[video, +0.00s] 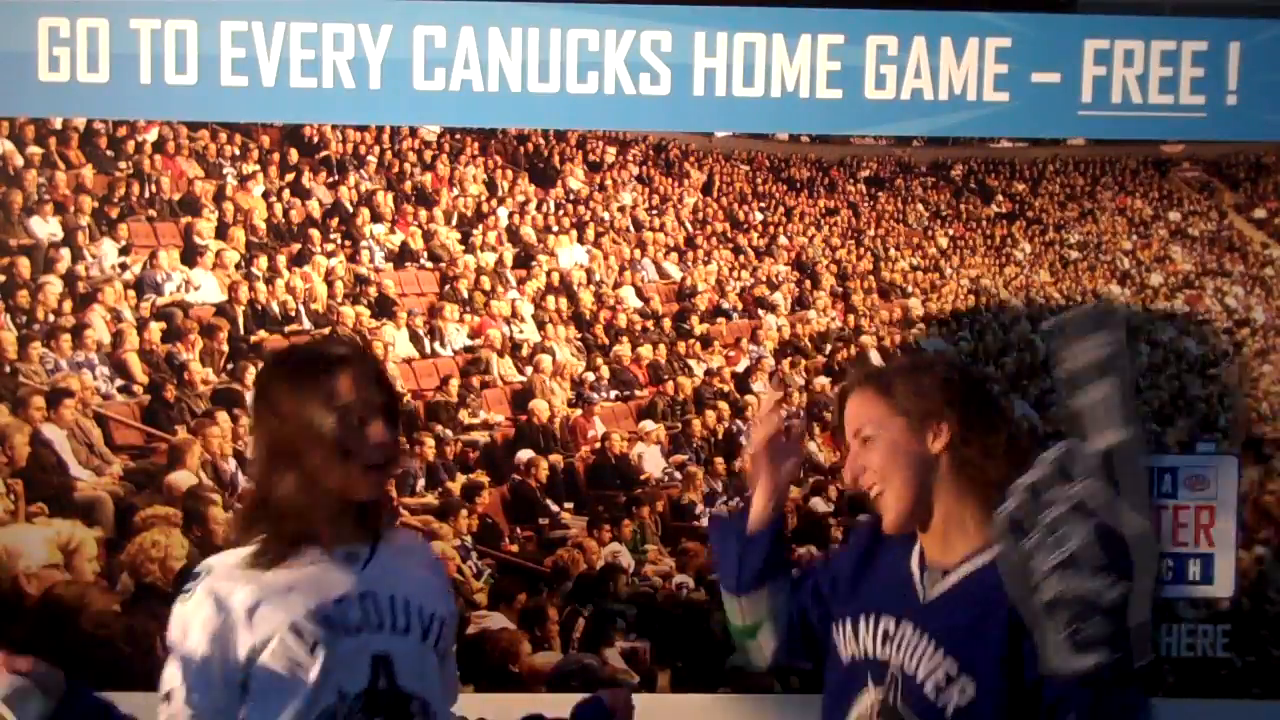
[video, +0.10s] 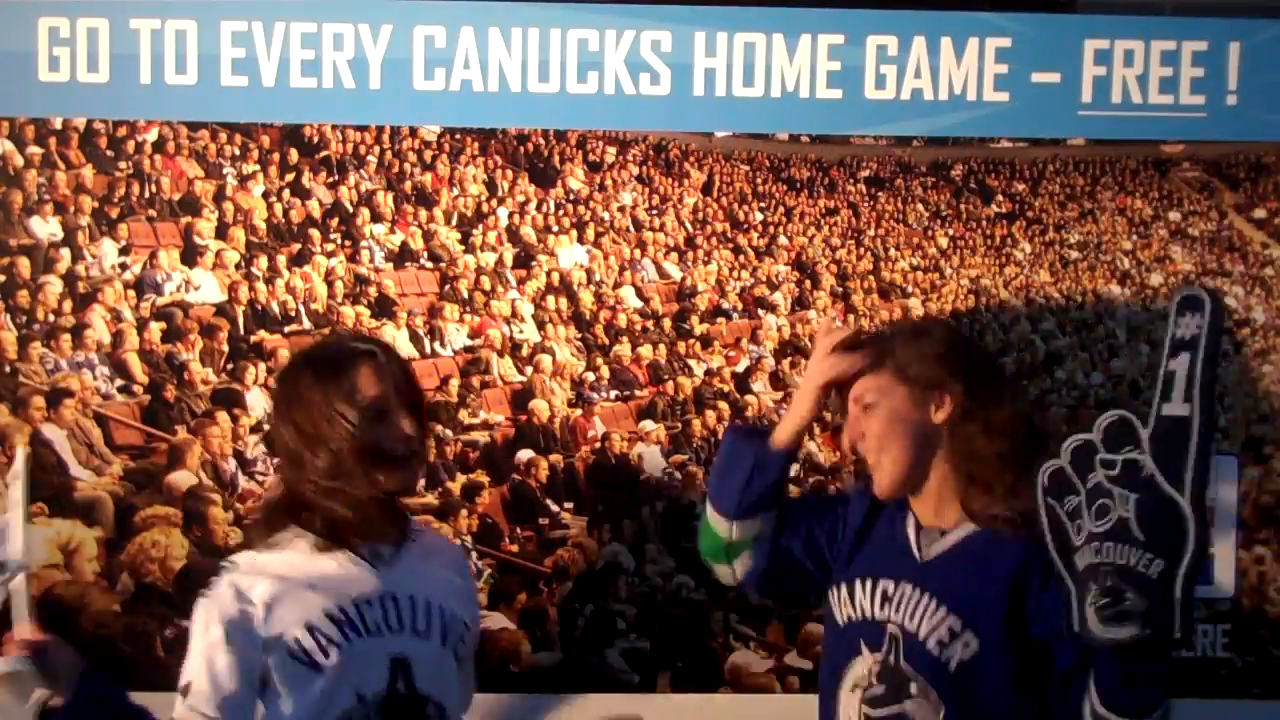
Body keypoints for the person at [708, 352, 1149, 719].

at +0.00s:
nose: (850, 472)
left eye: (866, 440)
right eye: (849, 450)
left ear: (937, 434)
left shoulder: (1042, 590)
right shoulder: (867, 557)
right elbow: (766, 644)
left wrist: (1087, 632)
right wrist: (765, 498)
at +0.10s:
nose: (850, 436)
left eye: (867, 408)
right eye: (847, 413)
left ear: (939, 404)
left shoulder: (1026, 568)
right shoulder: (855, 529)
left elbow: (1078, 716)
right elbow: (729, 555)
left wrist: (1127, 653)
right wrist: (794, 416)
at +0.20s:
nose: (840, 432)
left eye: (868, 404)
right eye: (843, 409)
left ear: (939, 415)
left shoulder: (1024, 558)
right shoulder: (847, 529)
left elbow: (1066, 709)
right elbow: (720, 538)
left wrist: (1110, 635)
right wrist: (799, 407)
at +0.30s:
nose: (837, 459)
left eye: (867, 436)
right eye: (834, 437)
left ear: (933, 447)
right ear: (826, 446)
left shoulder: (1024, 573)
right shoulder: (842, 557)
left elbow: (1082, 705)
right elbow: (717, 589)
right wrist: (801, 437)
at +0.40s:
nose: (844, 443)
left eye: (864, 417)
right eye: (832, 429)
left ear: (925, 416)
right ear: (820, 446)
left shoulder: (1027, 548)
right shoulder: (839, 548)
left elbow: (1080, 709)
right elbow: (718, 610)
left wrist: (1087, 566)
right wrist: (783, 457)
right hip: (869, 710)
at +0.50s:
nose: (845, 427)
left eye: (862, 397)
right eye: (828, 416)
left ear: (920, 398)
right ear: (823, 440)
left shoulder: (1020, 527)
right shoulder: (835, 540)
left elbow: (1105, 636)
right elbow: (739, 607)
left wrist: (1052, 497)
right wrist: (778, 468)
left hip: (1002, 706)